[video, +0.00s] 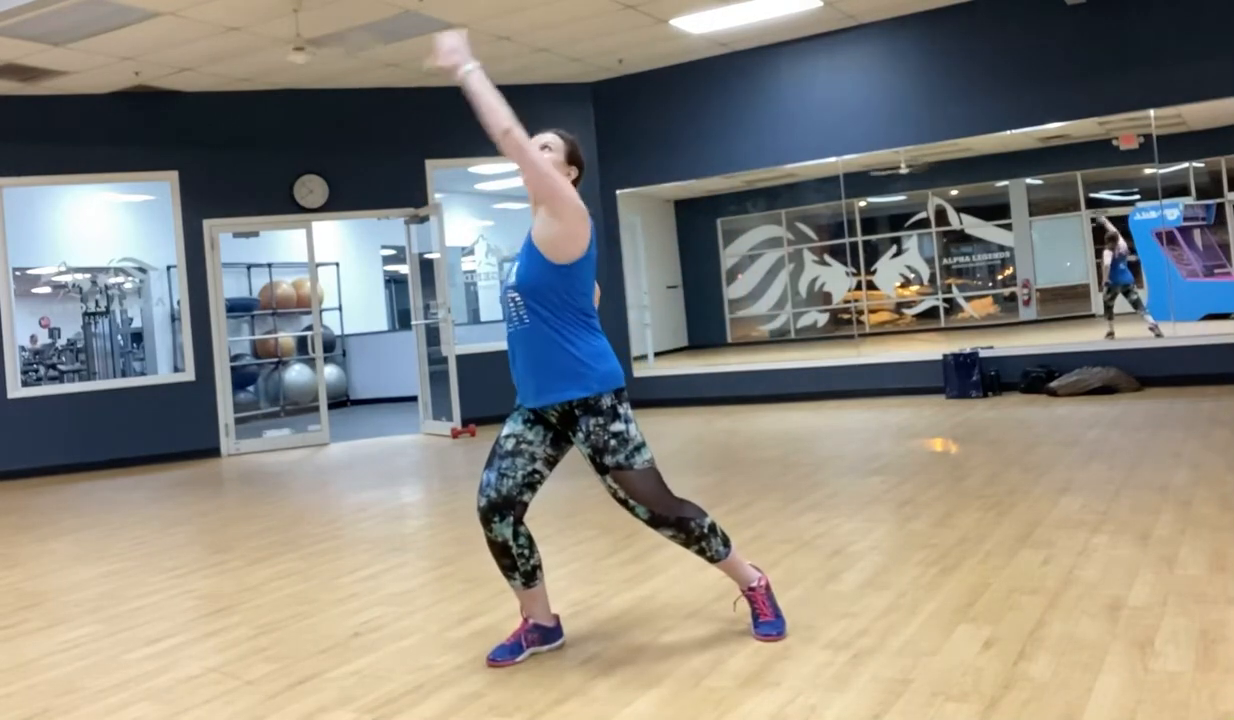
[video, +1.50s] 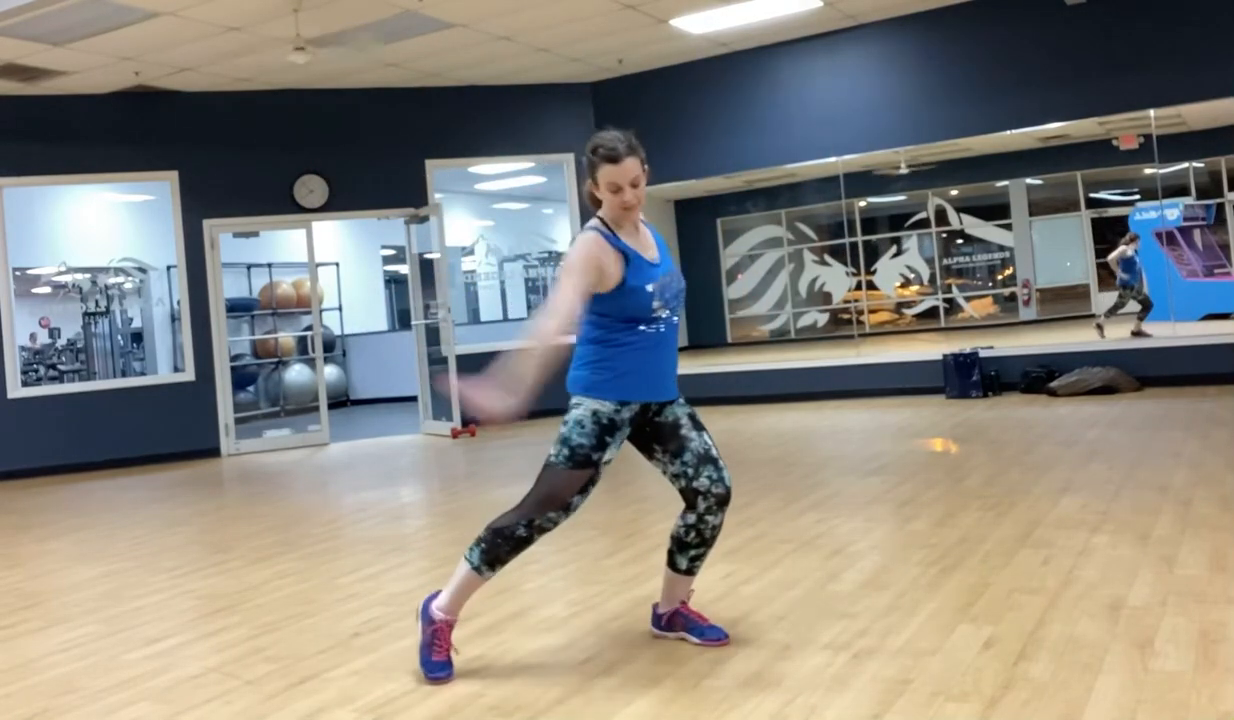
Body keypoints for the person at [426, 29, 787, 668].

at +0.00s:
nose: (528, 151)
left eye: (542, 147)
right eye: (530, 145)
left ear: (567, 169)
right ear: (544, 170)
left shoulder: (565, 209)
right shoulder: (546, 225)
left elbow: (506, 134)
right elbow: (584, 304)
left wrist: (467, 64)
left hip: (593, 398)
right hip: (539, 405)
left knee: (655, 507)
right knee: (496, 506)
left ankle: (752, 582)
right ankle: (539, 620)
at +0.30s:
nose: (540, 152)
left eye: (552, 146)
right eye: (531, 149)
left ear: (574, 164)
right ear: (524, 172)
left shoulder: (583, 216)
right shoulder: (531, 239)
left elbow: (577, 118)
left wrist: (571, 33)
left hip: (601, 398)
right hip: (539, 405)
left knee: (662, 503)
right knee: (498, 507)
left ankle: (753, 583)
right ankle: (540, 621)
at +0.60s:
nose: (547, 152)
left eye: (556, 145)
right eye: (536, 149)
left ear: (574, 162)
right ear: (524, 173)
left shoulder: (592, 214)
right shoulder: (526, 243)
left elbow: (621, 123)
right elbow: (540, 320)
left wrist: (635, 38)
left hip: (607, 394)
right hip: (541, 403)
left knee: (673, 498)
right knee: (498, 508)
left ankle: (755, 587)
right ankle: (540, 621)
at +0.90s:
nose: (550, 157)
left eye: (557, 147)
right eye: (537, 150)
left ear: (572, 153)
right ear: (521, 163)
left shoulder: (598, 200)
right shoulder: (500, 230)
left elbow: (657, 132)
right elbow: (439, 268)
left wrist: (697, 61)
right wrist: (397, 311)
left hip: (614, 376)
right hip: (540, 389)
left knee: (677, 486)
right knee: (507, 501)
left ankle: (746, 590)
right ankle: (540, 621)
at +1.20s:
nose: (583, 174)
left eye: (590, 162)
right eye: (571, 166)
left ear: (606, 151)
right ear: (555, 163)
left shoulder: (641, 186)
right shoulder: (546, 208)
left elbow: (715, 179)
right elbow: (457, 195)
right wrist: (373, 163)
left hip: (650, 371)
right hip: (579, 376)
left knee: (691, 480)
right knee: (537, 487)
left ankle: (670, 607)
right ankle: (471, 604)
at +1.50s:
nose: (631, 196)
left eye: (637, 183)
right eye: (617, 189)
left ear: (646, 177)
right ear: (596, 192)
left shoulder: (647, 229)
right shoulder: (592, 248)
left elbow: (640, 300)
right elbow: (553, 326)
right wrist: (508, 388)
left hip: (659, 398)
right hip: (601, 404)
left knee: (712, 493)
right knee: (545, 510)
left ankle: (671, 608)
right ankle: (442, 610)